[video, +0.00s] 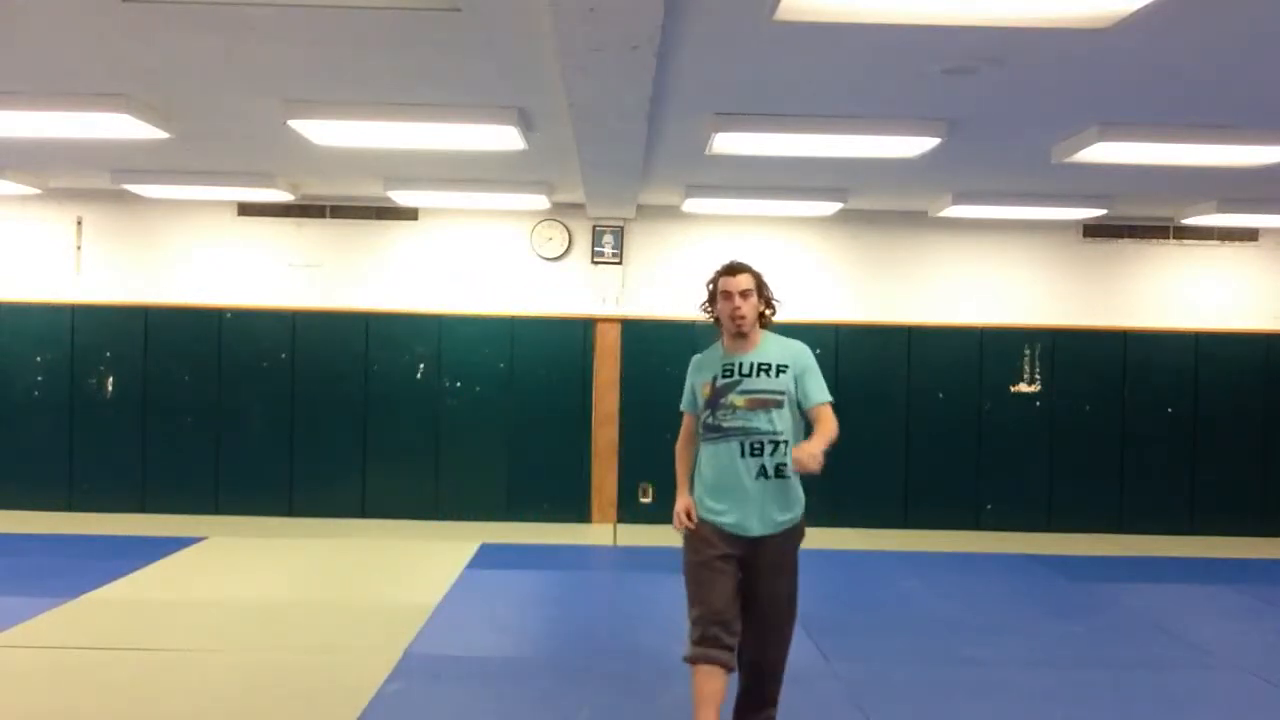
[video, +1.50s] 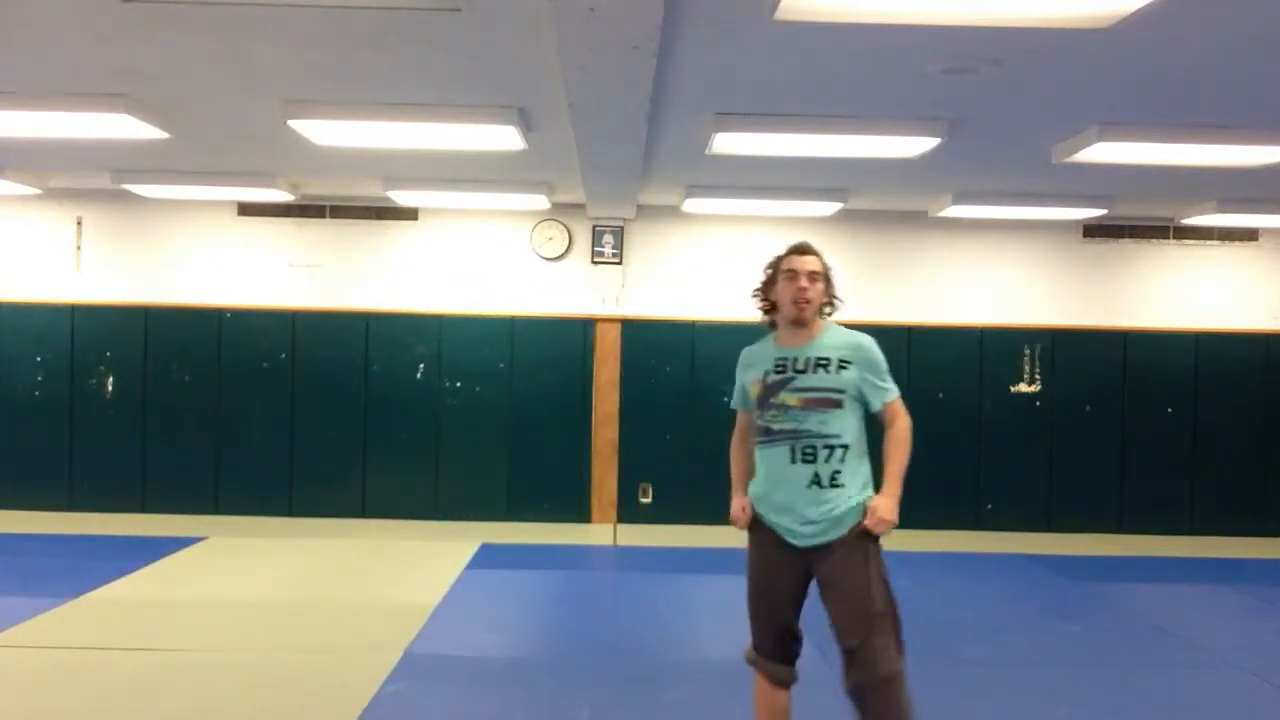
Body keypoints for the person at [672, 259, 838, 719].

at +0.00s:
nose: (737, 305)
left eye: (745, 294)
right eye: (727, 297)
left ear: (762, 301)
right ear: (715, 306)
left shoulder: (795, 355)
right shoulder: (701, 364)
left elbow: (826, 420)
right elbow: (688, 435)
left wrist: (814, 446)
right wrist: (682, 491)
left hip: (776, 523)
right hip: (711, 521)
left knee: (768, 647)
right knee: (711, 637)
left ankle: (756, 716)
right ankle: (706, 718)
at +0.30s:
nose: (712, 299)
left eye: (721, 287)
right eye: (701, 290)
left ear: (739, 294)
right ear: (689, 302)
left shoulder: (776, 346)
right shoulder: (677, 363)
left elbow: (804, 417)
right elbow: (670, 437)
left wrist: (773, 442)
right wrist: (672, 501)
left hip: (779, 526)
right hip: (706, 529)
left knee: (792, 639)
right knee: (710, 652)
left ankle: (771, 715)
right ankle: (709, 718)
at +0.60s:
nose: (721, 292)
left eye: (731, 281)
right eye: (710, 283)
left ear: (750, 290)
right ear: (699, 295)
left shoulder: (786, 342)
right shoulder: (689, 356)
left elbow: (815, 419)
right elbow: (682, 434)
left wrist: (769, 403)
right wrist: (679, 504)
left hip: (771, 524)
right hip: (704, 526)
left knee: (775, 652)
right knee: (709, 655)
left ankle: (788, 718)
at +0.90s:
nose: (744, 284)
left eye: (755, 274)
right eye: (734, 275)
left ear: (775, 286)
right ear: (722, 288)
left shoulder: (806, 339)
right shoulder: (719, 353)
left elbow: (797, 410)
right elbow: (720, 432)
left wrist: (751, 345)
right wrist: (706, 502)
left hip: (788, 529)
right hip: (724, 527)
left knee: (779, 682)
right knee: (730, 675)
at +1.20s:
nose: (754, 287)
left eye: (765, 278)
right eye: (743, 278)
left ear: (783, 289)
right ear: (731, 293)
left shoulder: (816, 338)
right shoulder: (726, 360)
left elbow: (859, 413)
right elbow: (733, 439)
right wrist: (728, 509)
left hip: (815, 528)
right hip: (749, 531)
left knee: (810, 671)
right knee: (762, 672)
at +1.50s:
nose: (803, 287)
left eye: (813, 278)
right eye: (791, 277)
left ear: (826, 291)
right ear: (772, 290)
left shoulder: (858, 349)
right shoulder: (752, 359)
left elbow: (897, 420)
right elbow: (744, 432)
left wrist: (890, 495)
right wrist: (738, 491)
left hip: (846, 527)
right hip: (772, 527)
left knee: (876, 664)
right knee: (771, 660)